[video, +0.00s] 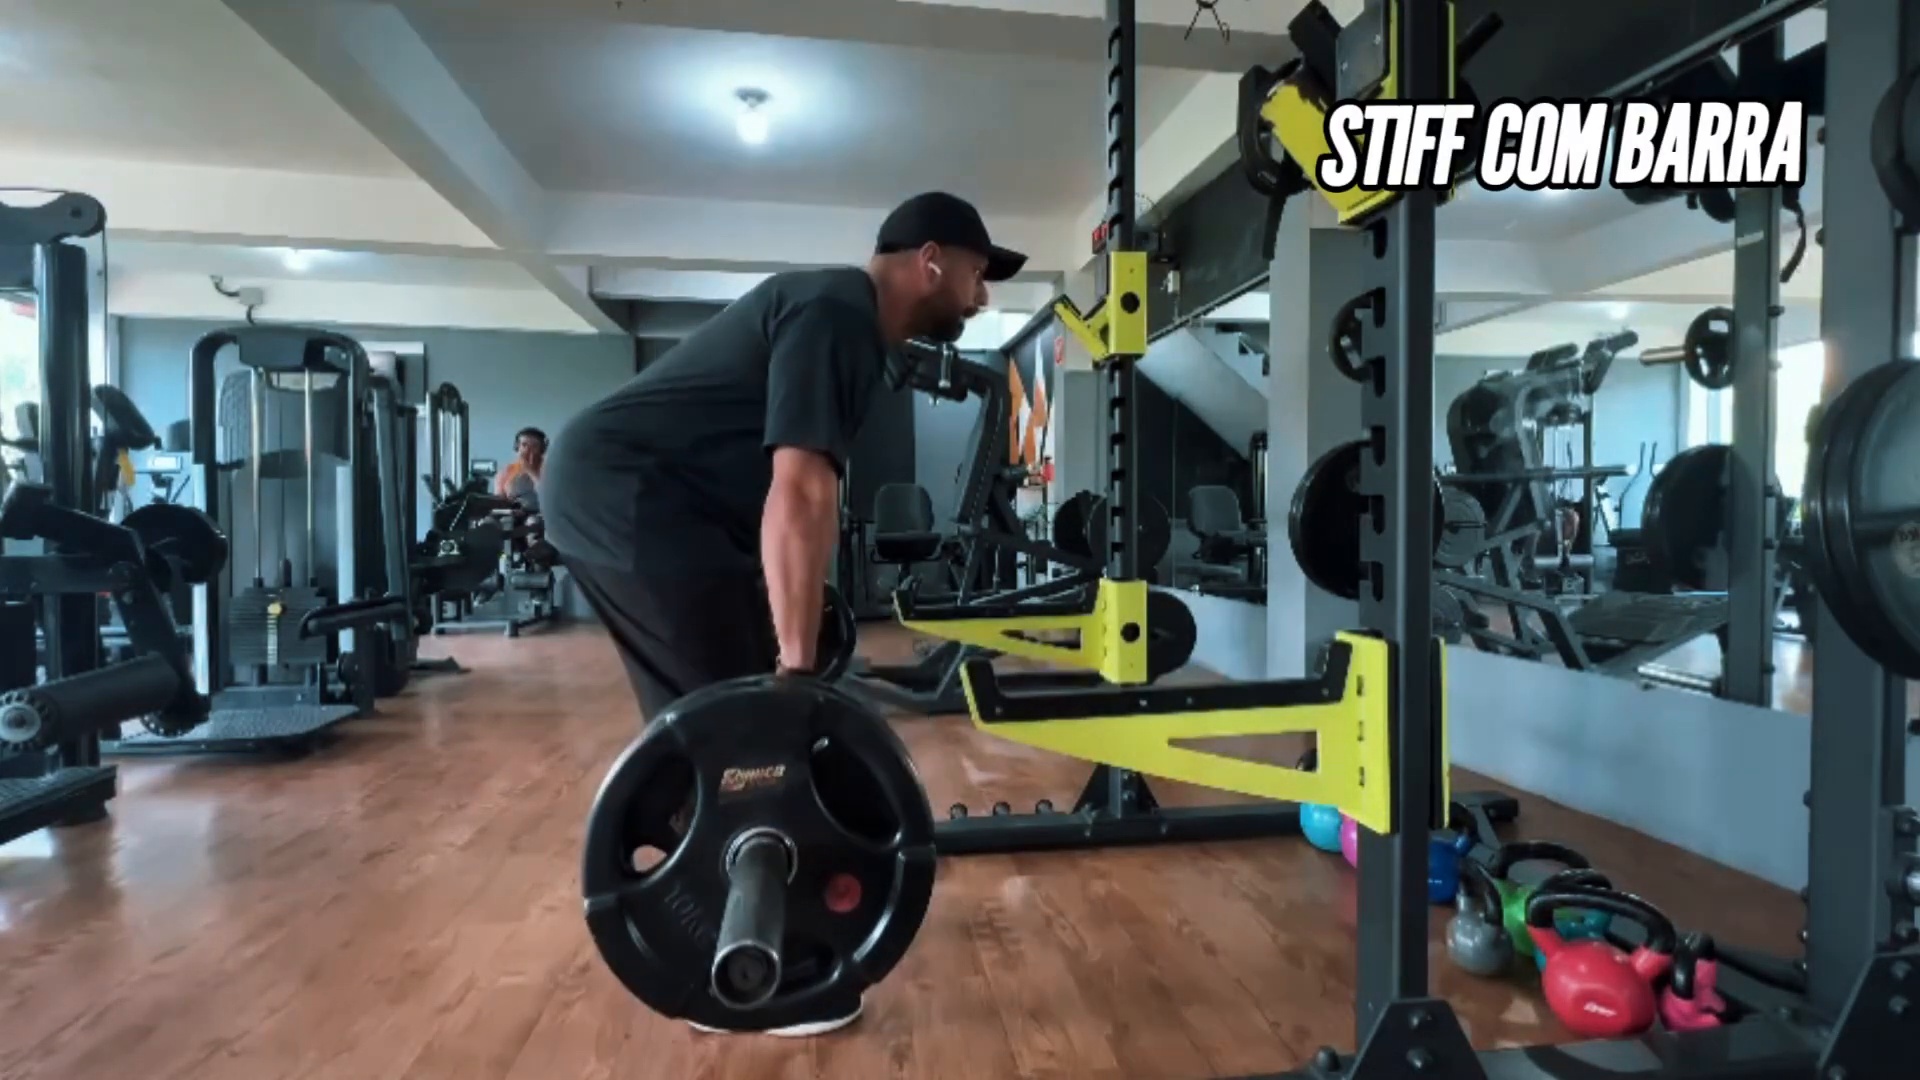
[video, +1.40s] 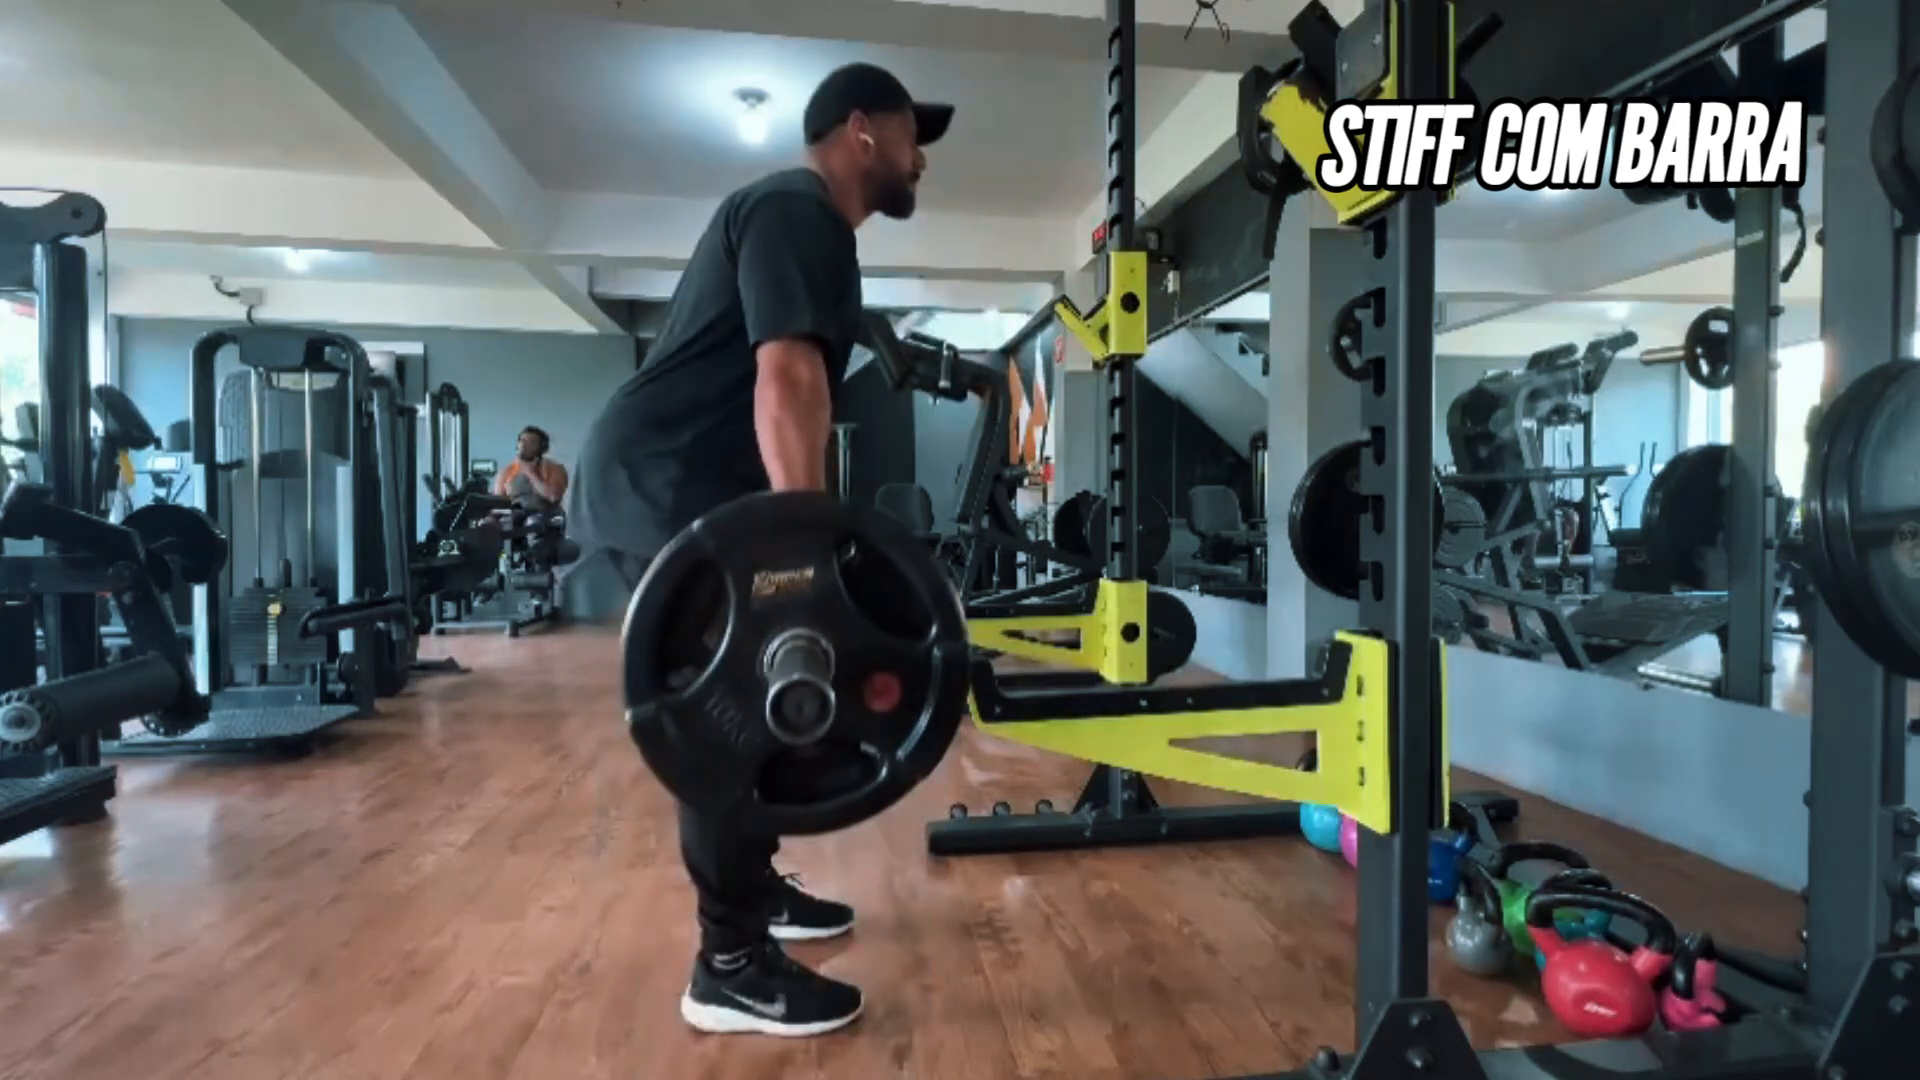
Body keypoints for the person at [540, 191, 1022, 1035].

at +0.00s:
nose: (982, 299)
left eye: (986, 283)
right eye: (978, 277)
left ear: (923, 266)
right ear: (927, 261)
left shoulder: (853, 331)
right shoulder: (831, 307)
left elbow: (805, 491)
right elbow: (800, 489)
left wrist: (801, 650)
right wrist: (800, 661)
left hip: (628, 485)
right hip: (624, 484)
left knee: (706, 719)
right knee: (747, 714)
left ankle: (715, 946)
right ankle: (764, 965)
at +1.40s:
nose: (922, 160)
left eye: (922, 143)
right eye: (913, 139)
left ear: (854, 136)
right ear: (858, 131)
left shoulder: (816, 225)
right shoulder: (792, 205)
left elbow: (796, 387)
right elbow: (787, 381)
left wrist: (809, 558)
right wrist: (807, 561)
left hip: (700, 478)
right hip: (664, 478)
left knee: (748, 689)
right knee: (722, 705)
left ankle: (750, 881)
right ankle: (731, 960)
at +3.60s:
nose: (993, 360)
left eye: (999, 341)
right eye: (991, 335)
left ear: (940, 314)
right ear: (945, 314)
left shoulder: (846, 351)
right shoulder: (841, 350)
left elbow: (809, 528)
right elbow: (807, 528)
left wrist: (797, 690)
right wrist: (802, 709)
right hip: (613, 489)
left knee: (726, 712)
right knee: (738, 714)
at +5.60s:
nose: (978, 341)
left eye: (983, 323)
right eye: (976, 316)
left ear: (923, 301)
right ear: (930, 300)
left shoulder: (835, 345)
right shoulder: (829, 343)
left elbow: (805, 520)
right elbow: (799, 520)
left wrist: (796, 686)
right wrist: (800, 701)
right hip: (597, 487)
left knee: (716, 695)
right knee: (726, 699)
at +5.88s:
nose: (989, 406)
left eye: (996, 392)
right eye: (988, 384)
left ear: (937, 362)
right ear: (942, 361)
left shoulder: (846, 397)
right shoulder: (836, 392)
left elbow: (814, 576)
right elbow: (801, 579)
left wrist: (789, 747)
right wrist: (795, 764)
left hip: (590, 491)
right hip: (584, 493)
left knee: (721, 716)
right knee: (725, 717)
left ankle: (720, 935)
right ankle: (724, 941)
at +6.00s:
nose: (989, 431)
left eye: (998, 417)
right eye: (990, 409)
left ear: (940, 382)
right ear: (946, 383)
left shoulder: (843, 406)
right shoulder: (837, 408)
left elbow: (813, 588)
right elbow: (801, 598)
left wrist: (784, 761)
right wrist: (791, 782)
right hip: (586, 500)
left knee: (723, 717)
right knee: (725, 721)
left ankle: (732, 931)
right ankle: (733, 940)